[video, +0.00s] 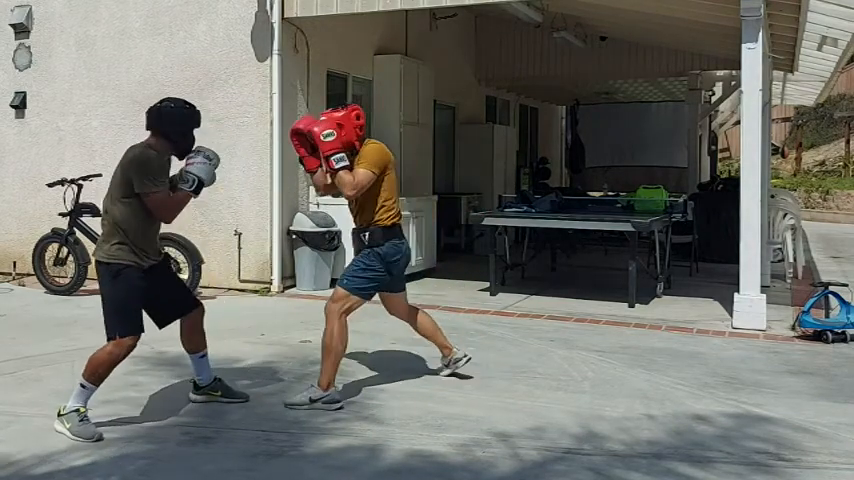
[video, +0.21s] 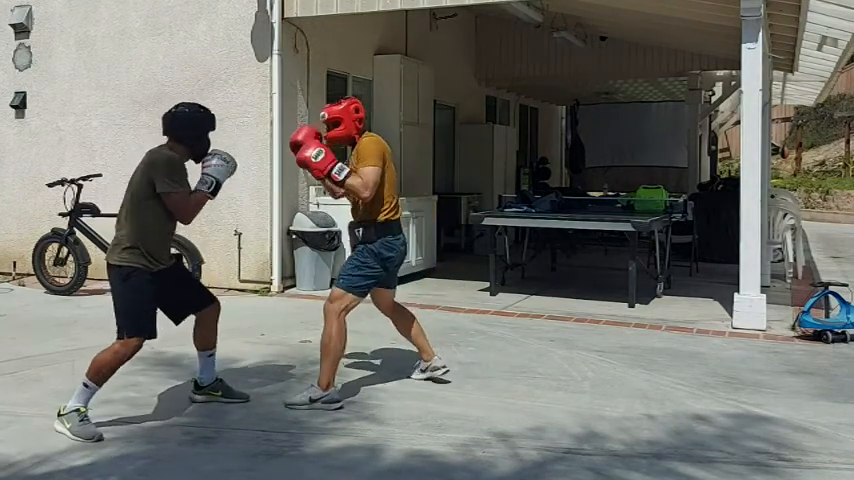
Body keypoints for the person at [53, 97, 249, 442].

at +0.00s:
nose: (193, 135)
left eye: (193, 129)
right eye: (190, 129)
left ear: (159, 128)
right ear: (175, 131)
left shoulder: (154, 159)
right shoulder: (143, 158)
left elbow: (162, 208)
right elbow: (167, 212)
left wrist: (186, 180)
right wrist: (191, 181)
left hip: (149, 260)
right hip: (119, 262)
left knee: (192, 311)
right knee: (125, 339)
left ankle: (204, 381)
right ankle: (72, 409)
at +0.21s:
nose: (210, 140)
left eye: (210, 133)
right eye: (207, 133)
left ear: (176, 132)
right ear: (193, 134)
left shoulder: (172, 163)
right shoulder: (163, 159)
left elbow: (179, 212)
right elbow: (186, 213)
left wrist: (208, 183)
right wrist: (209, 180)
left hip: (159, 262)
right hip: (130, 262)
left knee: (209, 307)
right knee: (132, 339)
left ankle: (206, 381)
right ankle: (73, 409)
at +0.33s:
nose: (219, 137)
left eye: (219, 131)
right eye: (216, 130)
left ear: (192, 132)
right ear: (202, 132)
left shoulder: (201, 157)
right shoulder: (173, 153)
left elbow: (244, 154)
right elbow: (200, 203)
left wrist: (292, 143)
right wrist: (224, 170)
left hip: (161, 256)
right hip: (127, 255)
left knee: (204, 308)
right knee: (121, 331)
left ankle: (207, 383)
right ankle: (70, 406)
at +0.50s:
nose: (218, 139)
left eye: (217, 133)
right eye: (213, 133)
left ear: (189, 135)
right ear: (199, 136)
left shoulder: (201, 163)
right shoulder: (168, 160)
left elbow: (231, 188)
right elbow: (194, 211)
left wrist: (257, 176)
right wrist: (221, 178)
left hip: (165, 257)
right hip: (129, 255)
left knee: (211, 308)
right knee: (107, 330)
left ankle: (208, 381)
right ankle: (44, 399)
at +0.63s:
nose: (193, 148)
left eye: (192, 142)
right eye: (188, 143)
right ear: (174, 148)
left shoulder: (183, 175)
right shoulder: (142, 177)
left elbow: (203, 215)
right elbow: (179, 224)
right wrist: (198, 187)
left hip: (163, 269)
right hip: (123, 270)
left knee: (215, 310)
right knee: (91, 343)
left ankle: (207, 381)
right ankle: (25, 406)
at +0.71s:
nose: (176, 157)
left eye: (175, 150)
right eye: (170, 152)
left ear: (154, 158)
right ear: (151, 158)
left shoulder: (170, 184)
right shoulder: (126, 187)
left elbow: (184, 228)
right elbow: (166, 232)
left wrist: (200, 248)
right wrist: (186, 193)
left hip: (158, 274)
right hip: (116, 276)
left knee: (213, 313)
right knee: (91, 346)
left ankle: (207, 382)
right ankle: (25, 409)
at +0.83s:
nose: (151, 165)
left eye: (149, 158)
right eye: (144, 161)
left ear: (131, 167)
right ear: (124, 171)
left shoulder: (147, 187)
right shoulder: (95, 200)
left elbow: (167, 226)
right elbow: (135, 245)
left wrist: (175, 246)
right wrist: (158, 205)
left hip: (145, 277)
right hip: (103, 281)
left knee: (205, 315)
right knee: (84, 347)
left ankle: (207, 382)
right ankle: (23, 410)